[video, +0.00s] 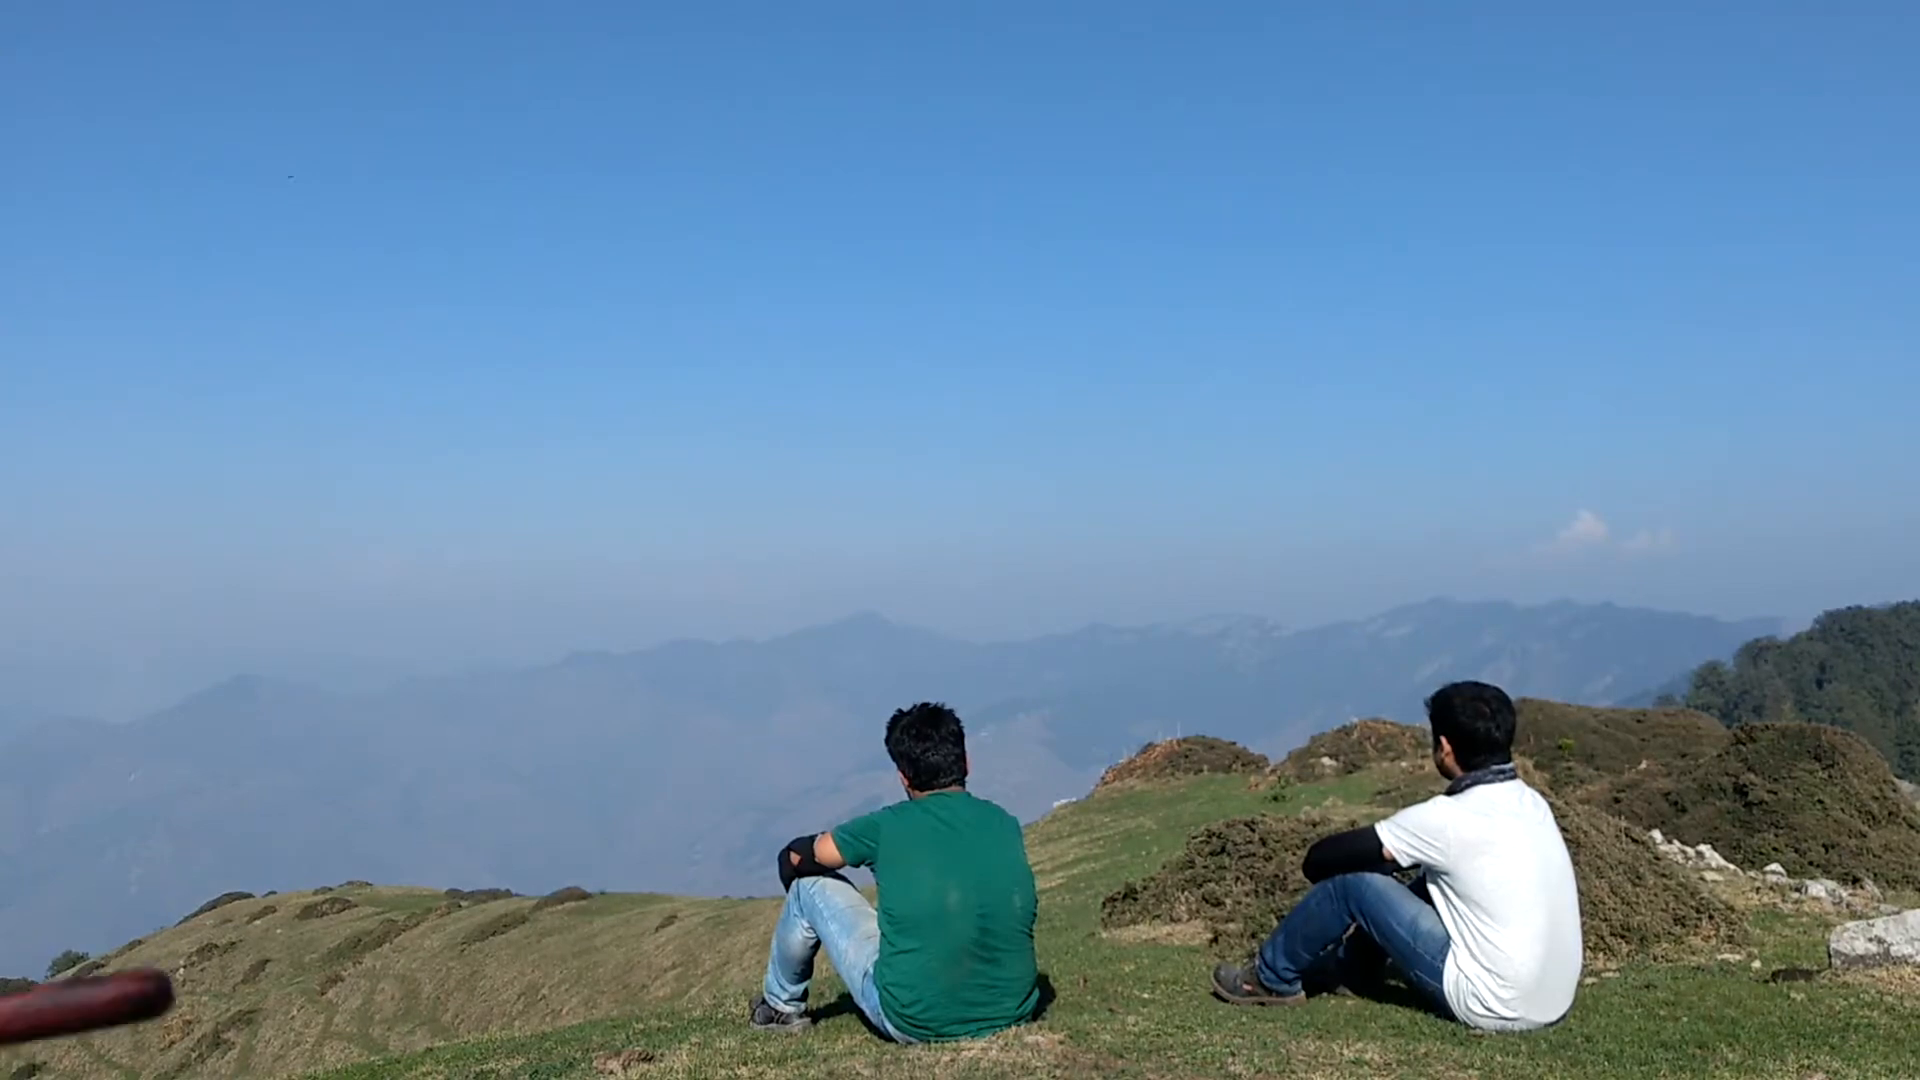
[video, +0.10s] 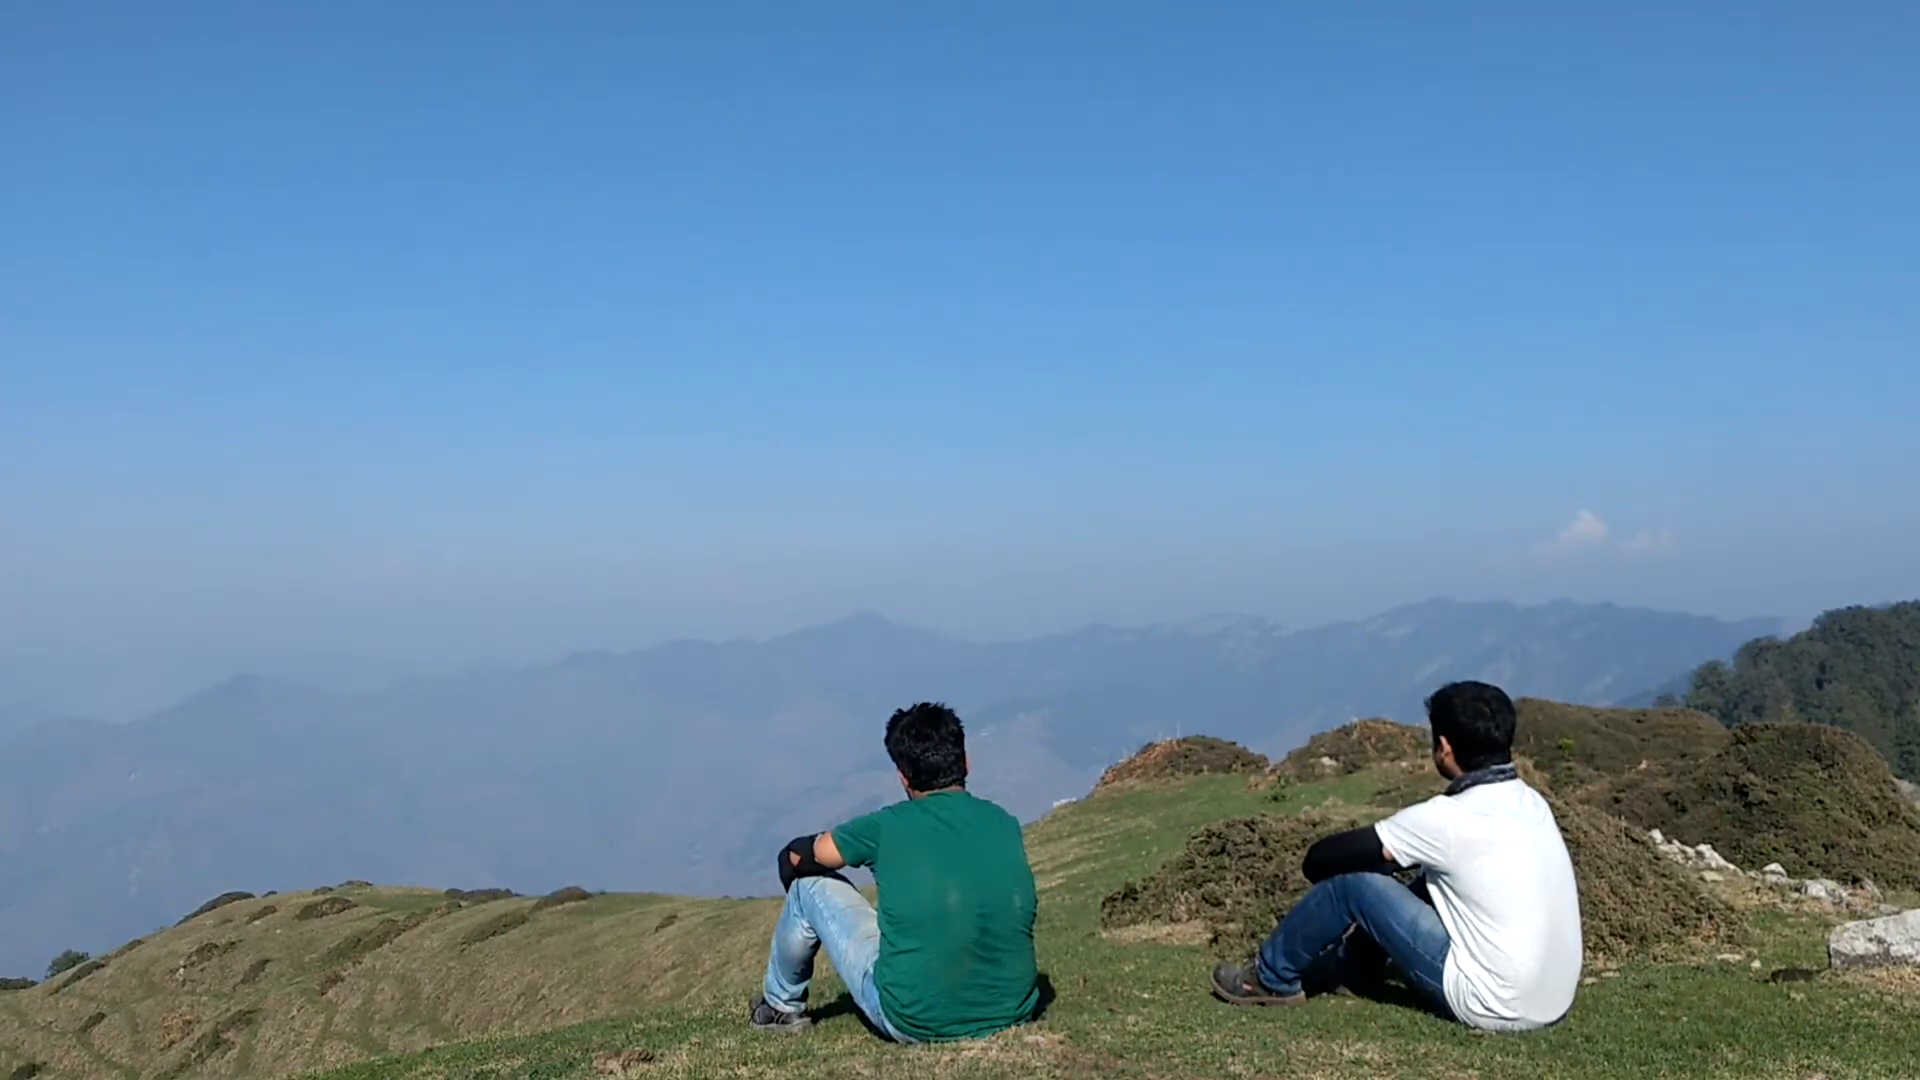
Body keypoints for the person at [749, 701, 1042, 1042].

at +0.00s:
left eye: (898, 770)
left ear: (904, 777)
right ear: (967, 764)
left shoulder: (887, 825)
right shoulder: (1006, 823)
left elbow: (796, 857)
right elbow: (1022, 912)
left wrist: (797, 889)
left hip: (915, 1021)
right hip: (1009, 1012)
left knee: (810, 885)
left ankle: (781, 1006)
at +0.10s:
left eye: (898, 770)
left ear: (904, 777)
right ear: (966, 764)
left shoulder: (888, 825)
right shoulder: (1006, 823)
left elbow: (797, 856)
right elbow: (1021, 912)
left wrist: (796, 887)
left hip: (915, 1021)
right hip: (1009, 1012)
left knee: (810, 885)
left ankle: (781, 1006)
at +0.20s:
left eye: (898, 770)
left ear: (904, 778)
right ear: (967, 764)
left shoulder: (888, 824)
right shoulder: (1005, 822)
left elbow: (796, 857)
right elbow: (1021, 911)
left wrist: (797, 889)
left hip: (915, 1020)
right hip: (1008, 1012)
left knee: (810, 886)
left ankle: (781, 1005)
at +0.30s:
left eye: (898, 770)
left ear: (904, 778)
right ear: (967, 764)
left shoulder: (888, 824)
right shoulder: (1005, 822)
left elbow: (796, 857)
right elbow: (1021, 912)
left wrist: (797, 889)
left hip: (915, 1020)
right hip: (1008, 1012)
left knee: (810, 886)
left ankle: (781, 1005)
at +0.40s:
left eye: (898, 770)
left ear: (904, 778)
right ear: (967, 764)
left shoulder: (888, 824)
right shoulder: (1005, 822)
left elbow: (796, 857)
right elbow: (1021, 912)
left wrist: (797, 889)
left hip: (915, 1020)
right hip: (1008, 1012)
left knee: (810, 885)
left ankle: (781, 1005)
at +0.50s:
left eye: (898, 770)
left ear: (904, 778)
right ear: (967, 764)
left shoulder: (887, 824)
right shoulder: (1005, 822)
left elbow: (796, 857)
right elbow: (1021, 911)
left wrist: (797, 888)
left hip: (915, 1020)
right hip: (1008, 1012)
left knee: (810, 886)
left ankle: (781, 1005)